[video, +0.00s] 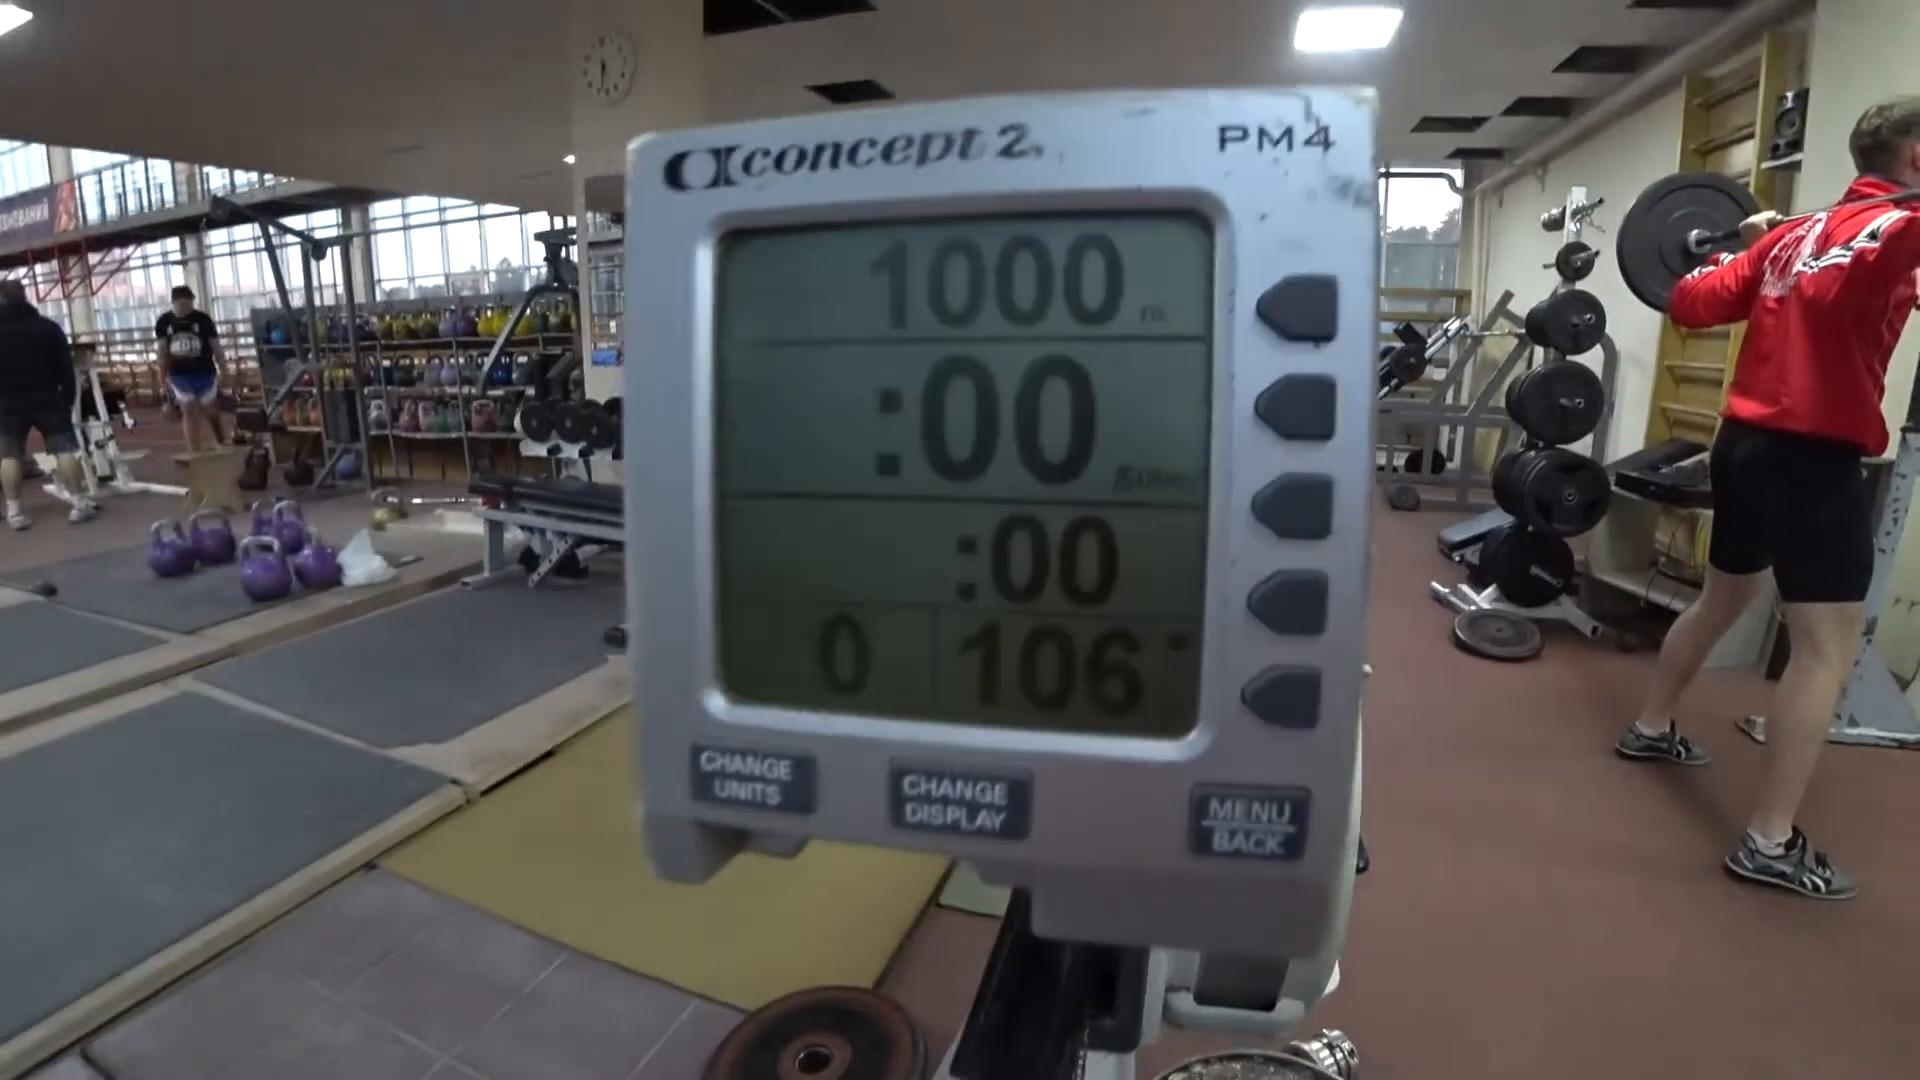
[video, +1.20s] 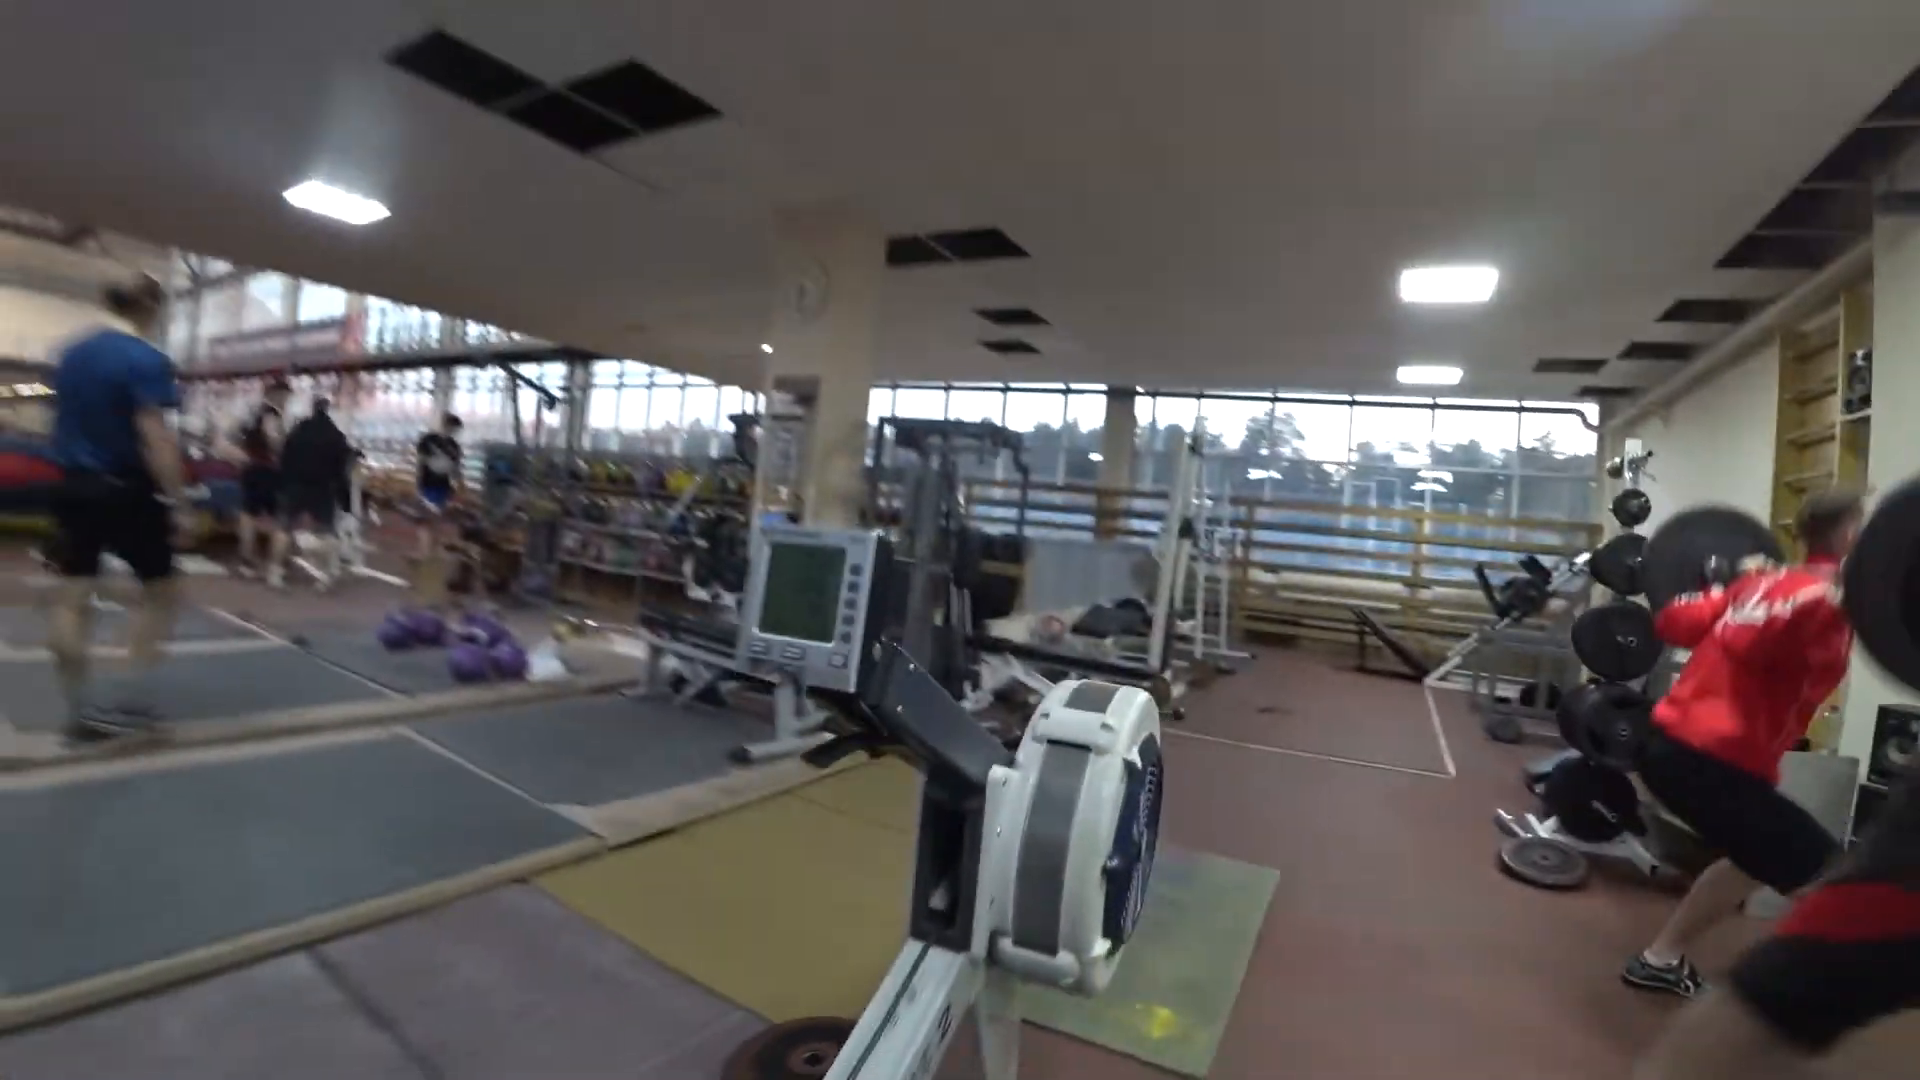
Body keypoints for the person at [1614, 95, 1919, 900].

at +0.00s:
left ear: (1861, 164)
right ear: (1907, 161)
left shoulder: (1790, 236)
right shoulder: (1903, 228)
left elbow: (1687, 301)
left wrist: (1735, 248)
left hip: (1742, 445)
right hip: (1822, 457)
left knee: (1722, 598)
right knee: (1821, 653)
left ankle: (1650, 724)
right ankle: (1770, 838)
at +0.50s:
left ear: (1862, 205)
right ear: (1913, 206)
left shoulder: (1791, 273)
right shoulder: (1898, 273)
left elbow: (1695, 331)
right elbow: (1873, 308)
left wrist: (1729, 288)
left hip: (1734, 475)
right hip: (1809, 492)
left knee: (1707, 624)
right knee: (1800, 684)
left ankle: (1625, 751)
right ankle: (1730, 871)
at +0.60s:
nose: (1915, 257)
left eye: (1915, 244)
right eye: (1914, 244)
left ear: (1843, 243)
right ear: (1895, 241)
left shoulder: (1767, 306)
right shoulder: (1870, 304)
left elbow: (1672, 360)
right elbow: (1842, 328)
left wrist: (1708, 322)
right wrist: (1897, 295)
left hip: (1709, 508)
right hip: (1781, 524)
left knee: (1678, 651)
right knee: (1765, 713)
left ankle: (1601, 773)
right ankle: (1702, 891)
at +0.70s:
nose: (1881, 299)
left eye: (1881, 285)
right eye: (1874, 285)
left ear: (1808, 286)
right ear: (1845, 287)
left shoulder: (1738, 351)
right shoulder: (1822, 343)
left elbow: (1651, 399)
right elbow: (1774, 387)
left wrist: (1699, 361)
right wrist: (1843, 351)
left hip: (1682, 547)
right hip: (1750, 560)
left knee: (1658, 686)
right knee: (1742, 745)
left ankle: (1584, 813)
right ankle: (1677, 932)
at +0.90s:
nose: (1855, 405)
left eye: (1856, 394)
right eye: (1850, 393)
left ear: (1784, 393)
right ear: (1826, 395)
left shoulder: (1723, 451)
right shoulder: (1803, 449)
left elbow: (1640, 500)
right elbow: (1768, 476)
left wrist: (1693, 459)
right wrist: (1824, 446)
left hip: (1667, 642)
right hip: (1723, 656)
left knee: (1671, 782)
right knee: (1759, 839)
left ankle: (1595, 900)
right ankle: (1679, 1019)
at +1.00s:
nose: (1877, 463)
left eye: (1876, 449)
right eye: (1871, 449)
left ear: (1812, 450)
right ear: (1849, 451)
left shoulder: (1755, 500)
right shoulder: (1831, 506)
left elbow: (1669, 549)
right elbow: (1776, 537)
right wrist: (1840, 501)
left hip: (1684, 689)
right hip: (1740, 705)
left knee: (1718, 830)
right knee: (1821, 889)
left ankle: (1635, 943)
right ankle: (1720, 1054)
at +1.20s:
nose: (1870, 540)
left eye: (1870, 528)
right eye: (1866, 528)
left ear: (1806, 536)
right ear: (1849, 534)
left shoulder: (1759, 583)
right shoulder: (1831, 598)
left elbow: (1672, 622)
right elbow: (1746, 644)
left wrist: (1732, 586)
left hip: (1666, 745)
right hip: (1721, 765)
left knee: (1752, 851)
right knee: (1826, 870)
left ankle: (1661, 957)